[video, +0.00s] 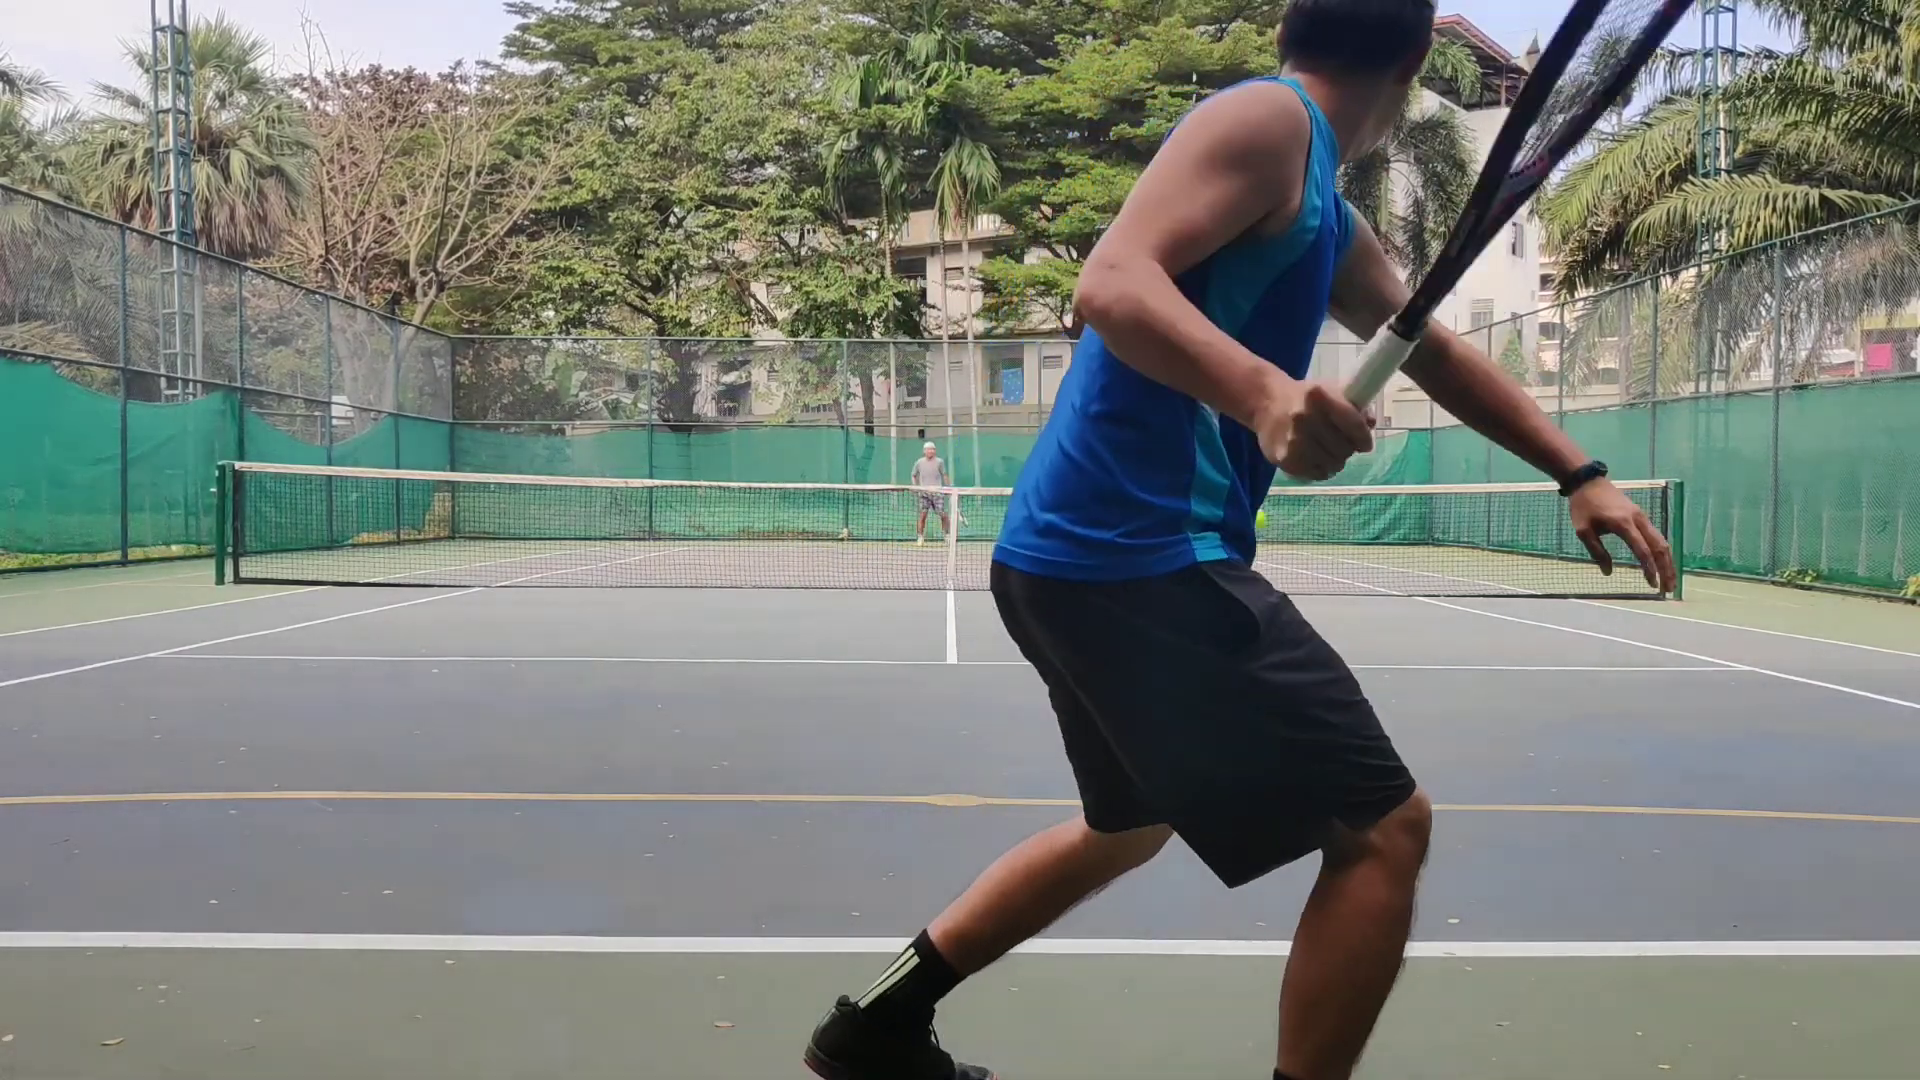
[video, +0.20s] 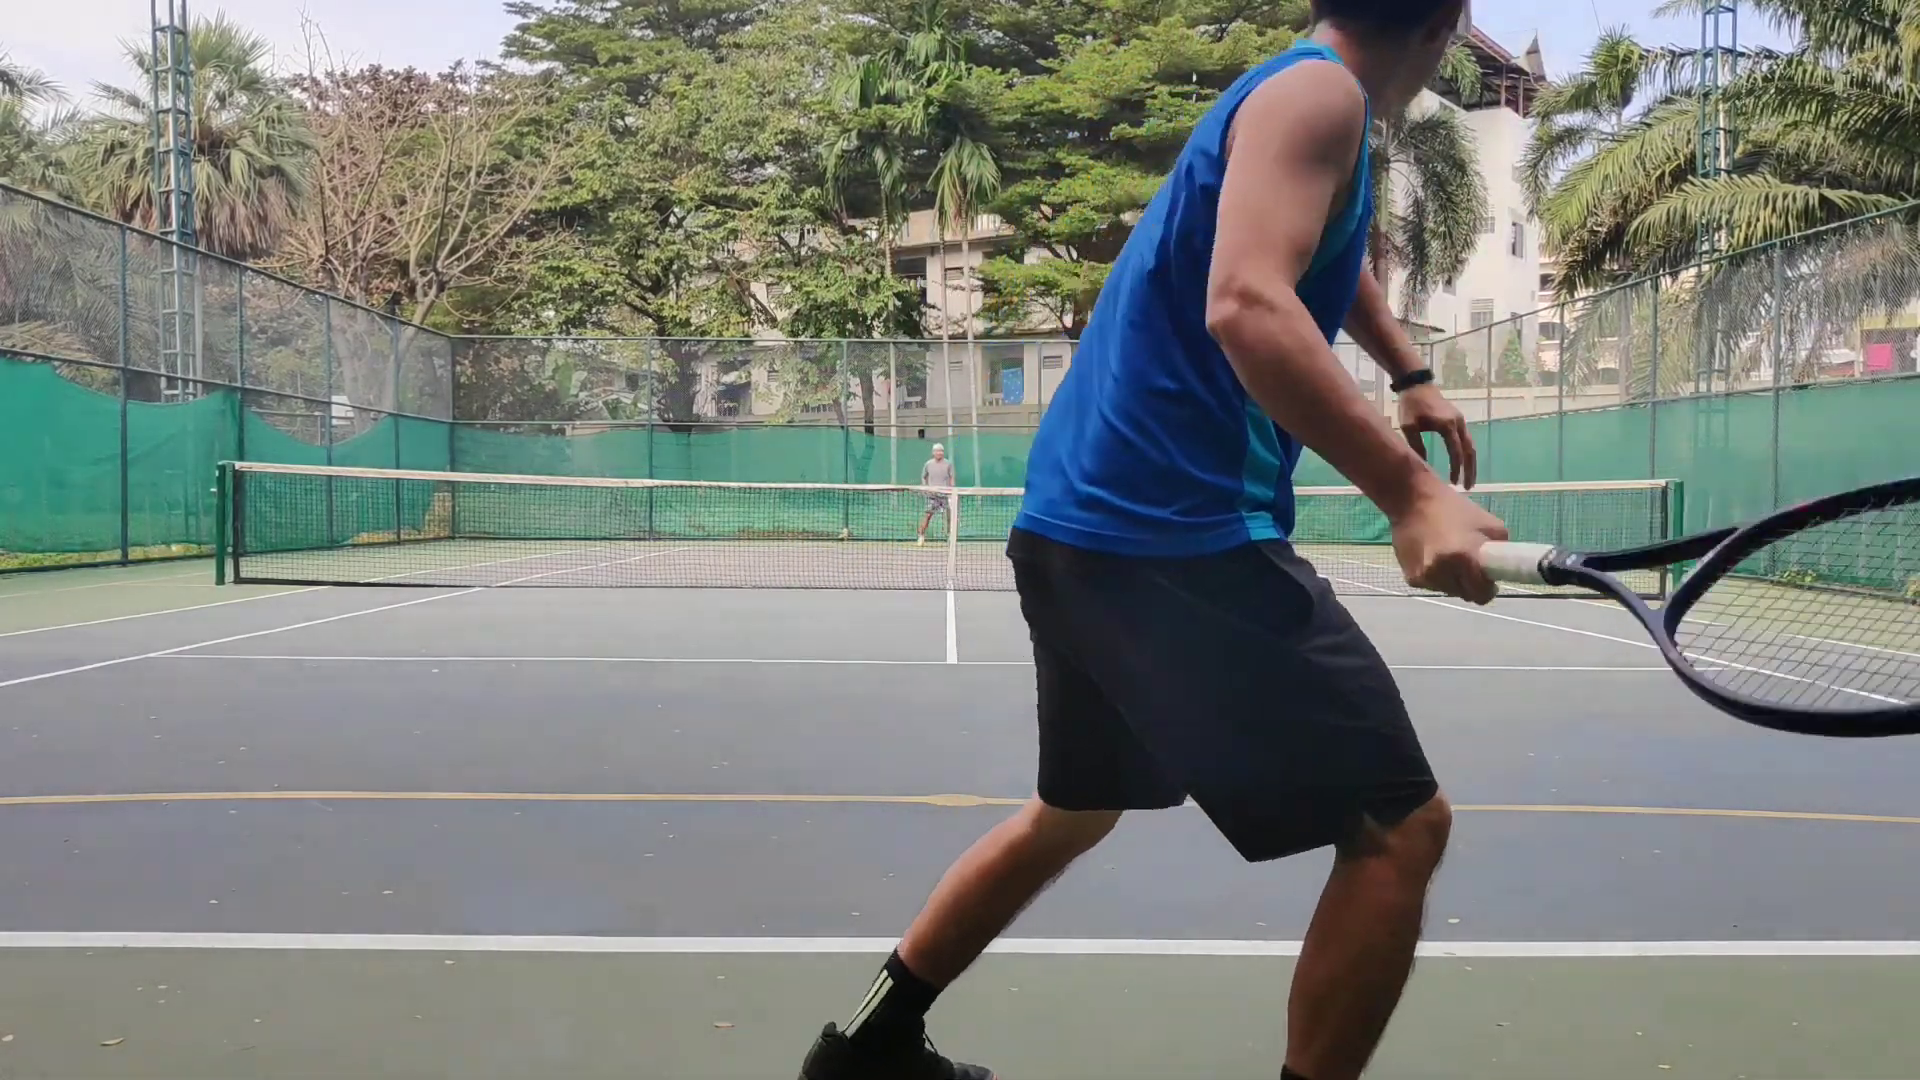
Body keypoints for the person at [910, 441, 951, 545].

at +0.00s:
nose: (931, 452)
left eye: (932, 449)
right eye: (928, 449)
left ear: (935, 451)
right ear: (924, 451)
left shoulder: (939, 462)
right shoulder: (919, 462)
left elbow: (944, 475)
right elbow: (914, 475)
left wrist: (948, 487)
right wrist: (915, 486)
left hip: (937, 490)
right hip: (924, 490)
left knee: (942, 514)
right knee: (923, 514)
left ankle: (946, 534)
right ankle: (920, 536)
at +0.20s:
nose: (939, 453)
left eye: (941, 451)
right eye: (937, 451)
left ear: (943, 452)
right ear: (933, 453)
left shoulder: (948, 464)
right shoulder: (928, 464)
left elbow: (951, 477)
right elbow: (924, 477)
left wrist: (951, 488)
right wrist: (925, 488)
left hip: (945, 491)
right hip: (932, 491)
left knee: (949, 515)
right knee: (928, 514)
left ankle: (950, 534)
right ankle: (921, 534)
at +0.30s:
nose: (943, 453)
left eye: (944, 450)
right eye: (941, 451)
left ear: (947, 452)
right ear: (937, 452)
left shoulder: (952, 463)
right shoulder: (933, 463)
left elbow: (956, 477)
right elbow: (930, 477)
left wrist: (955, 490)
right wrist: (930, 488)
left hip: (949, 491)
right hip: (937, 491)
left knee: (951, 515)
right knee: (932, 513)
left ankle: (951, 536)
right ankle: (925, 534)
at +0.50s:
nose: (947, 451)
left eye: (949, 448)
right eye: (945, 449)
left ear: (951, 450)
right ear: (941, 450)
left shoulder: (956, 461)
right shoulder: (936, 462)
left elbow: (961, 473)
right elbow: (933, 474)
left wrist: (959, 483)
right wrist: (935, 485)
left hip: (954, 489)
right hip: (941, 489)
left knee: (955, 513)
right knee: (941, 513)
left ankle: (955, 535)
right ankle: (940, 535)